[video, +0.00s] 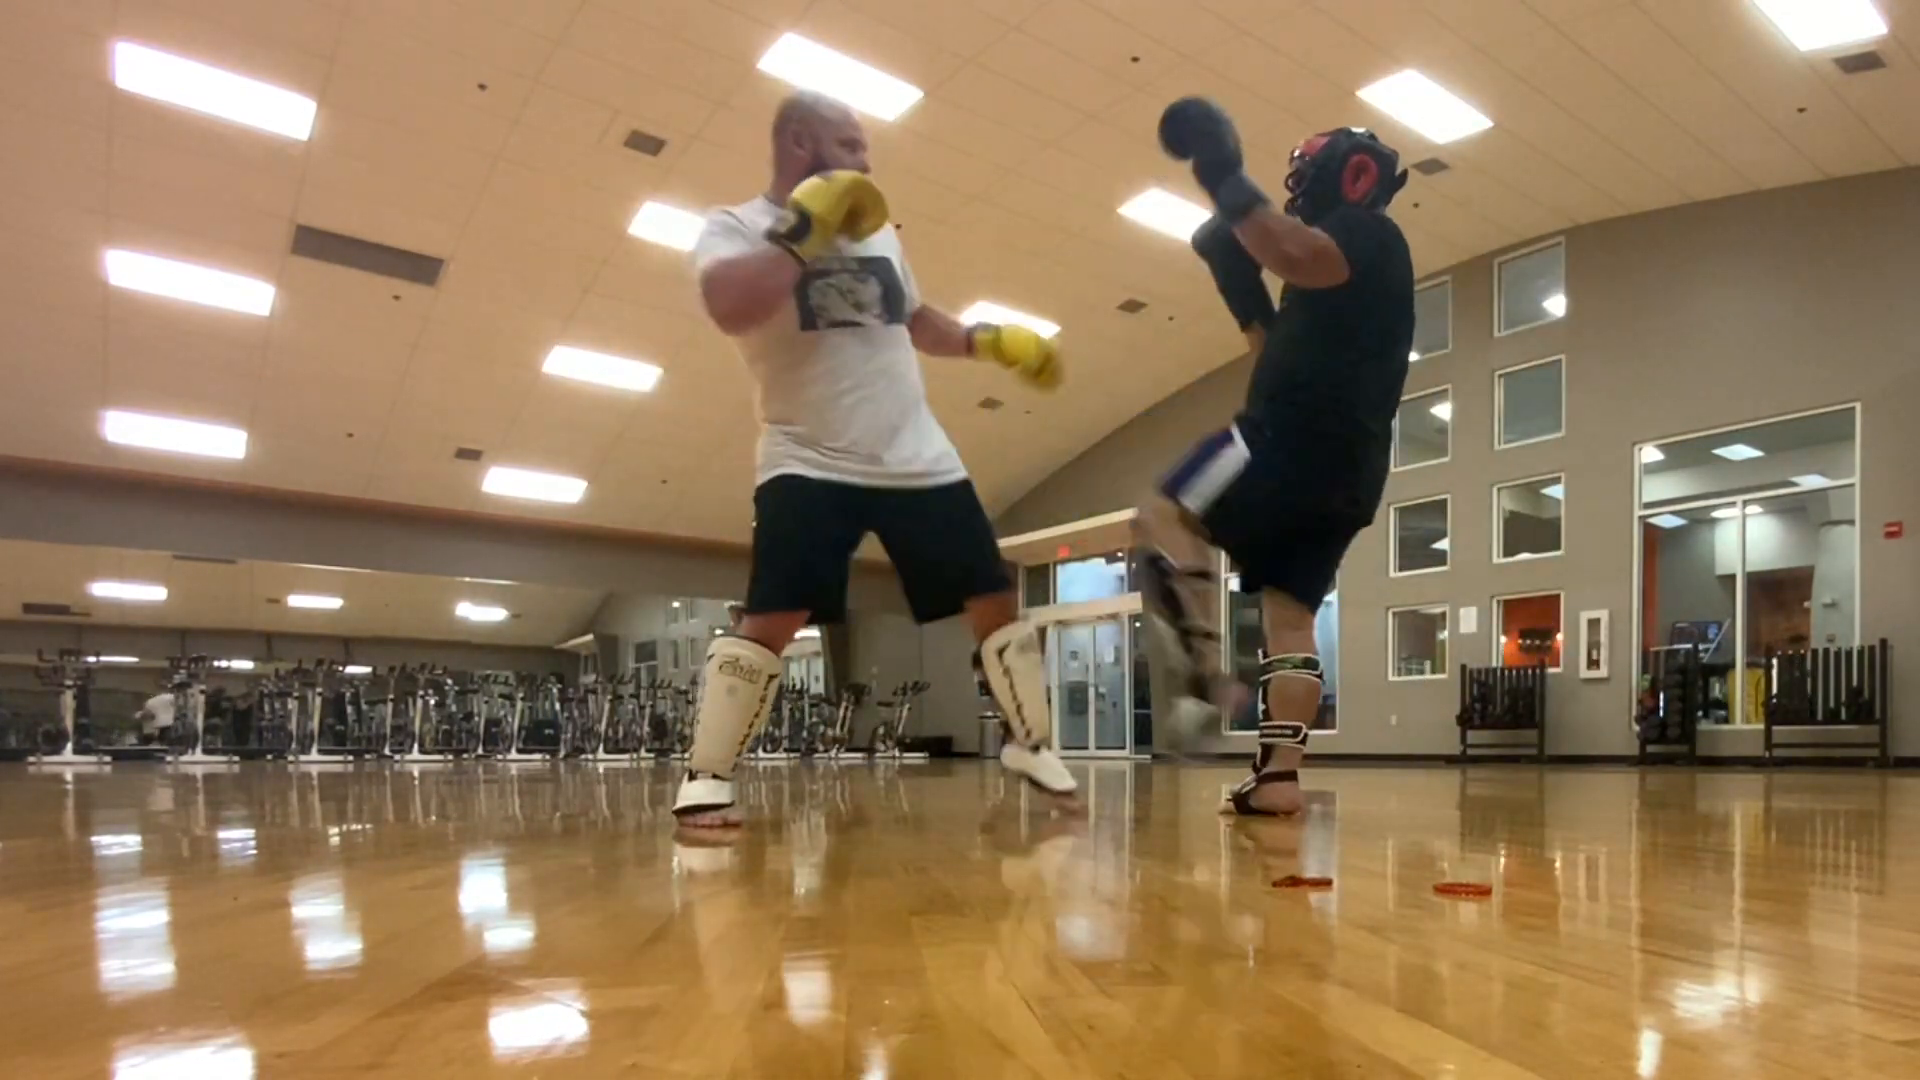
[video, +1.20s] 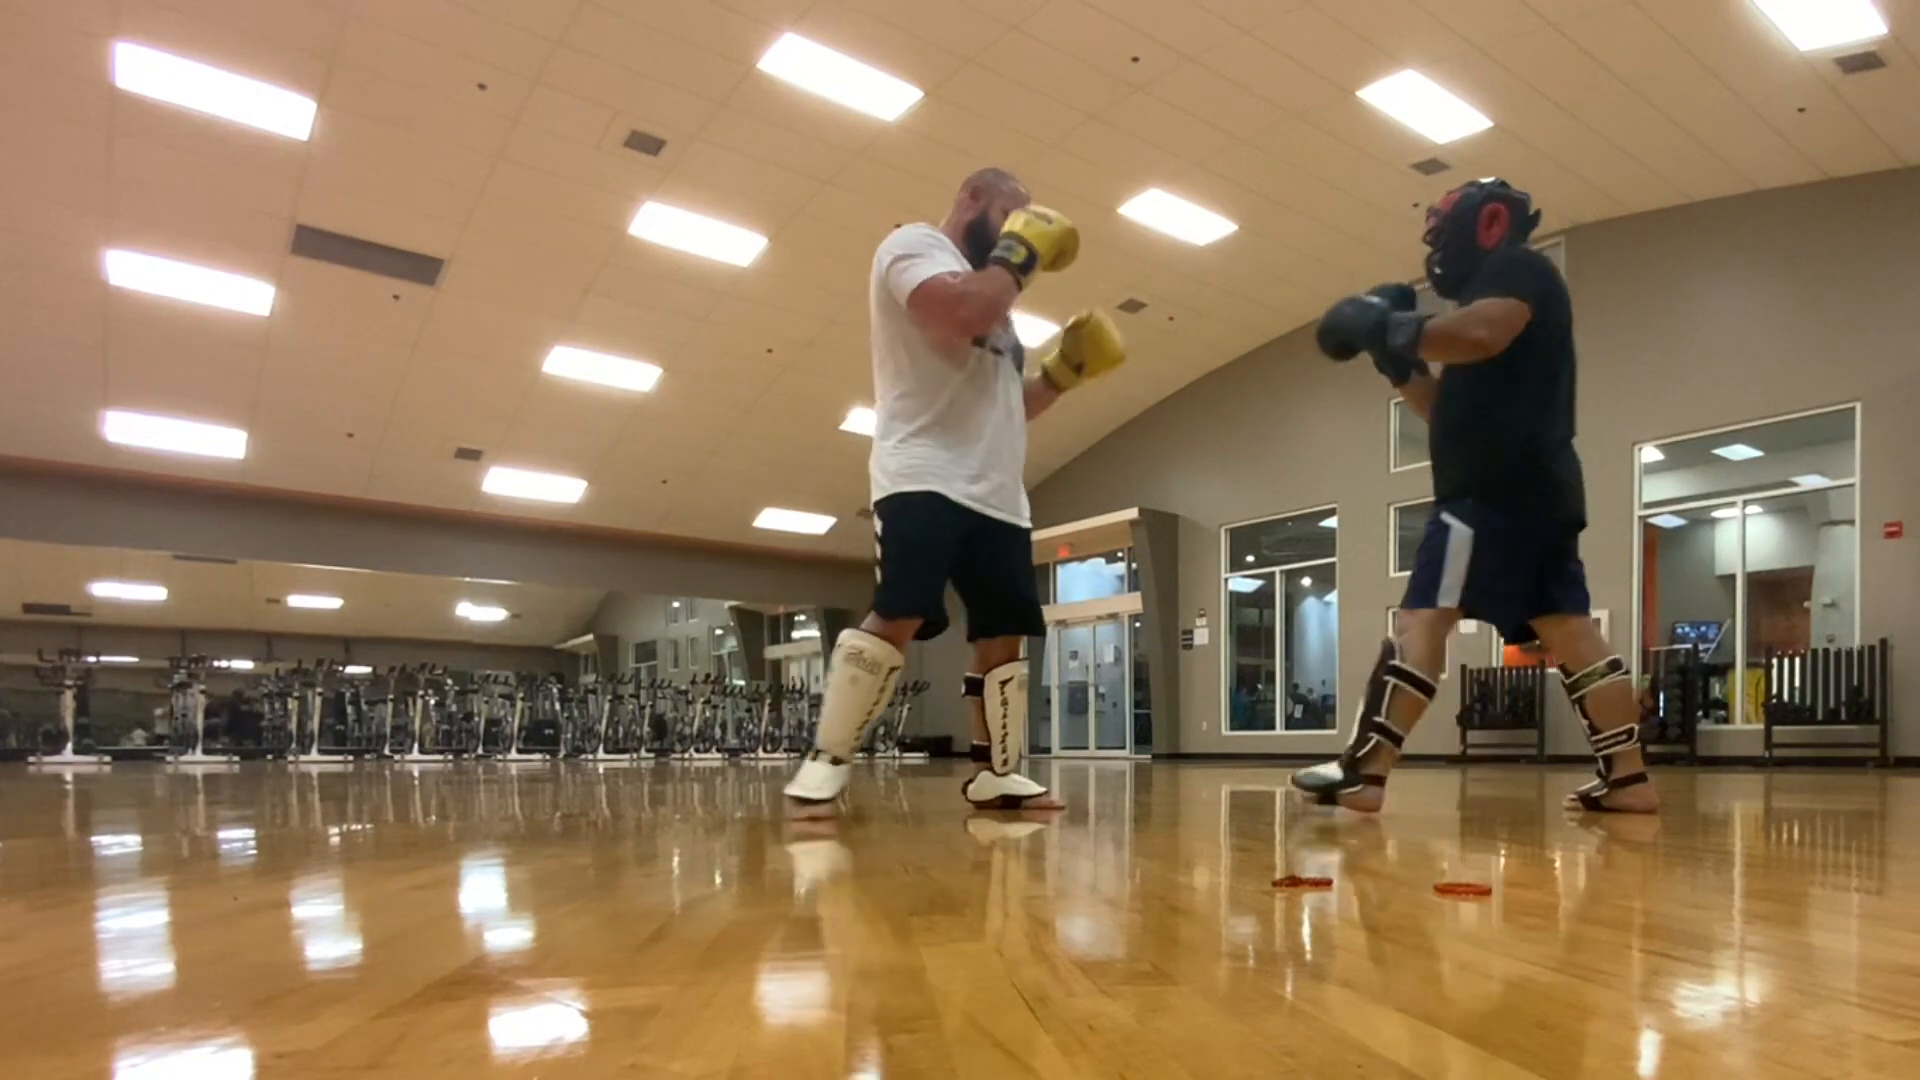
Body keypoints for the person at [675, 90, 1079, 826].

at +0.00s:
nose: (861, 163)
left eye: (865, 150)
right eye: (848, 147)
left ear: (863, 153)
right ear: (797, 143)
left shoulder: (878, 234)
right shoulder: (737, 229)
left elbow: (915, 319)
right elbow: (729, 306)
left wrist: (987, 341)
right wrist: (805, 234)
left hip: (915, 452)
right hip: (808, 456)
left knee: (991, 593)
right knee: (778, 609)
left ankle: (1033, 747)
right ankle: (706, 781)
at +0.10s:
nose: (899, 182)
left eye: (903, 170)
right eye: (887, 166)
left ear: (900, 173)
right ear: (838, 161)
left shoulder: (922, 257)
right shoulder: (783, 250)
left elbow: (986, 320)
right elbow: (783, 341)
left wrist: (1055, 304)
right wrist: (846, 254)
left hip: (941, 470)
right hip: (840, 469)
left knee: (991, 613)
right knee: (799, 619)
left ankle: (1016, 776)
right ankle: (716, 778)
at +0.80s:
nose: (946, 205)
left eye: (949, 198)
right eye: (937, 189)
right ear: (891, 170)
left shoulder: (931, 287)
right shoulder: (822, 229)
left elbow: (946, 382)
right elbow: (860, 296)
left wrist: (1014, 346)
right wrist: (926, 238)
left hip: (939, 475)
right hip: (846, 470)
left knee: (996, 611)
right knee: (826, 624)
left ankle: (1013, 754)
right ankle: (783, 779)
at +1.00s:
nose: (986, 233)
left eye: (992, 226)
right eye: (978, 213)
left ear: (981, 233)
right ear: (935, 197)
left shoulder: (966, 310)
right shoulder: (880, 246)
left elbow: (977, 408)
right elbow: (926, 322)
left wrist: (1037, 369)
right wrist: (985, 261)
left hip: (973, 495)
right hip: (889, 481)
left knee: (993, 631)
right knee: (851, 628)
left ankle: (999, 775)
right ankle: (787, 777)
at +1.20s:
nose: (1016, 233)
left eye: (1023, 225)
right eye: (1011, 215)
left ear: (1000, 224)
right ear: (971, 199)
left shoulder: (998, 310)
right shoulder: (914, 246)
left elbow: (1004, 411)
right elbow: (959, 319)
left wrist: (1060, 373)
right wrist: (1017, 255)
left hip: (997, 485)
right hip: (922, 466)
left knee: (1006, 623)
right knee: (903, 609)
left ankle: (997, 774)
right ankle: (826, 762)